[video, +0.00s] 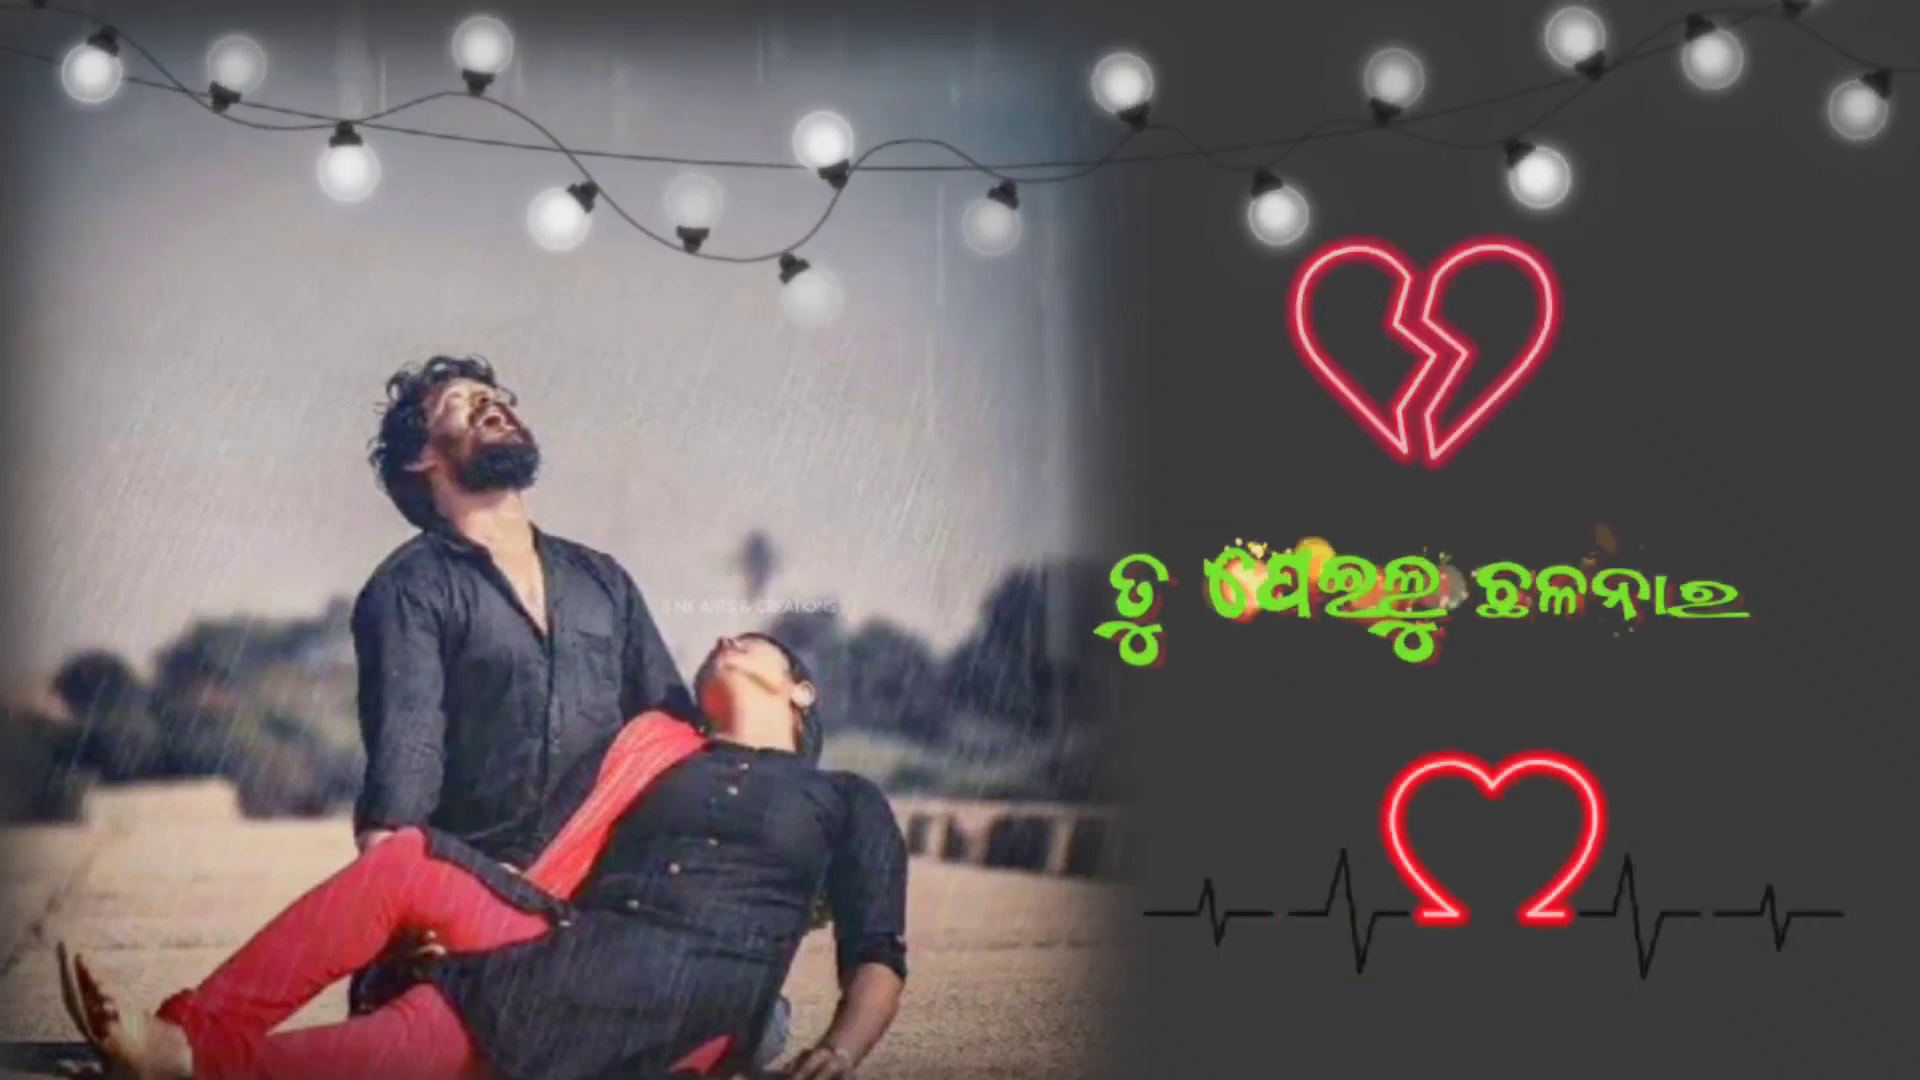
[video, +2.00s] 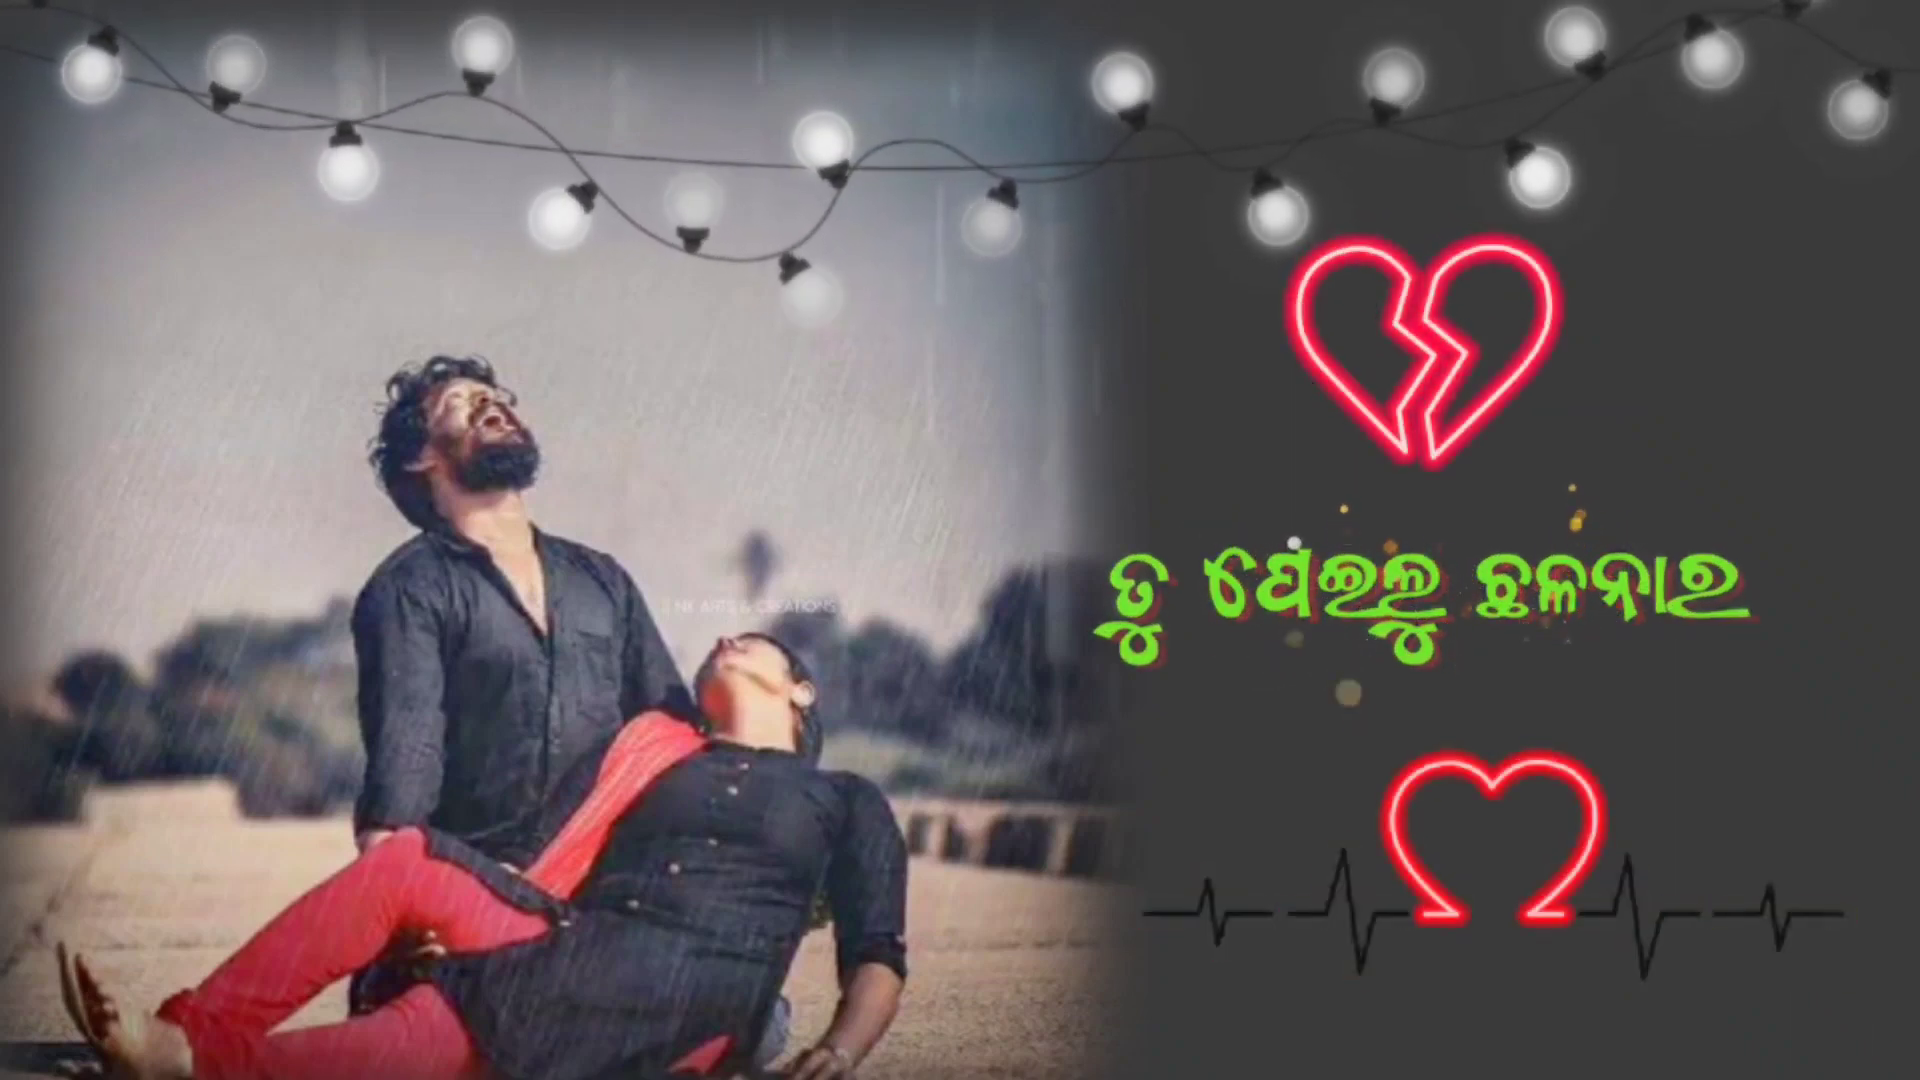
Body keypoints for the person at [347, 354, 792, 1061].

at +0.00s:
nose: (497, 408)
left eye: (502, 401)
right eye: (463, 406)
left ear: (525, 438)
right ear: (422, 462)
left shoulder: (602, 578)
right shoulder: (410, 588)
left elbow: (678, 728)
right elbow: (404, 753)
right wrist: (388, 901)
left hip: (617, 883)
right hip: (462, 890)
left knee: (761, 1021)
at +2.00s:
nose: (496, 408)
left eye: (502, 401)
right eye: (463, 406)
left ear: (525, 438)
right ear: (421, 462)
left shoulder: (602, 578)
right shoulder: (410, 587)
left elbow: (678, 728)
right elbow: (404, 753)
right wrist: (387, 904)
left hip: (617, 883)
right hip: (462, 890)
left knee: (760, 1022)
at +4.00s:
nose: (497, 409)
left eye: (501, 401)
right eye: (462, 406)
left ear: (524, 437)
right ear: (421, 462)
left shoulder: (603, 579)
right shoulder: (410, 588)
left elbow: (677, 728)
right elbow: (404, 747)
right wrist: (388, 893)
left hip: (614, 883)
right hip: (460, 889)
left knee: (761, 1020)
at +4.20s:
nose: (496, 409)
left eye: (501, 401)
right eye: (462, 406)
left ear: (524, 438)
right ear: (421, 462)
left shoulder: (603, 579)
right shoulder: (410, 588)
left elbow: (678, 728)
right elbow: (404, 747)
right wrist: (388, 893)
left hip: (614, 883)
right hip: (460, 889)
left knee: (761, 1020)